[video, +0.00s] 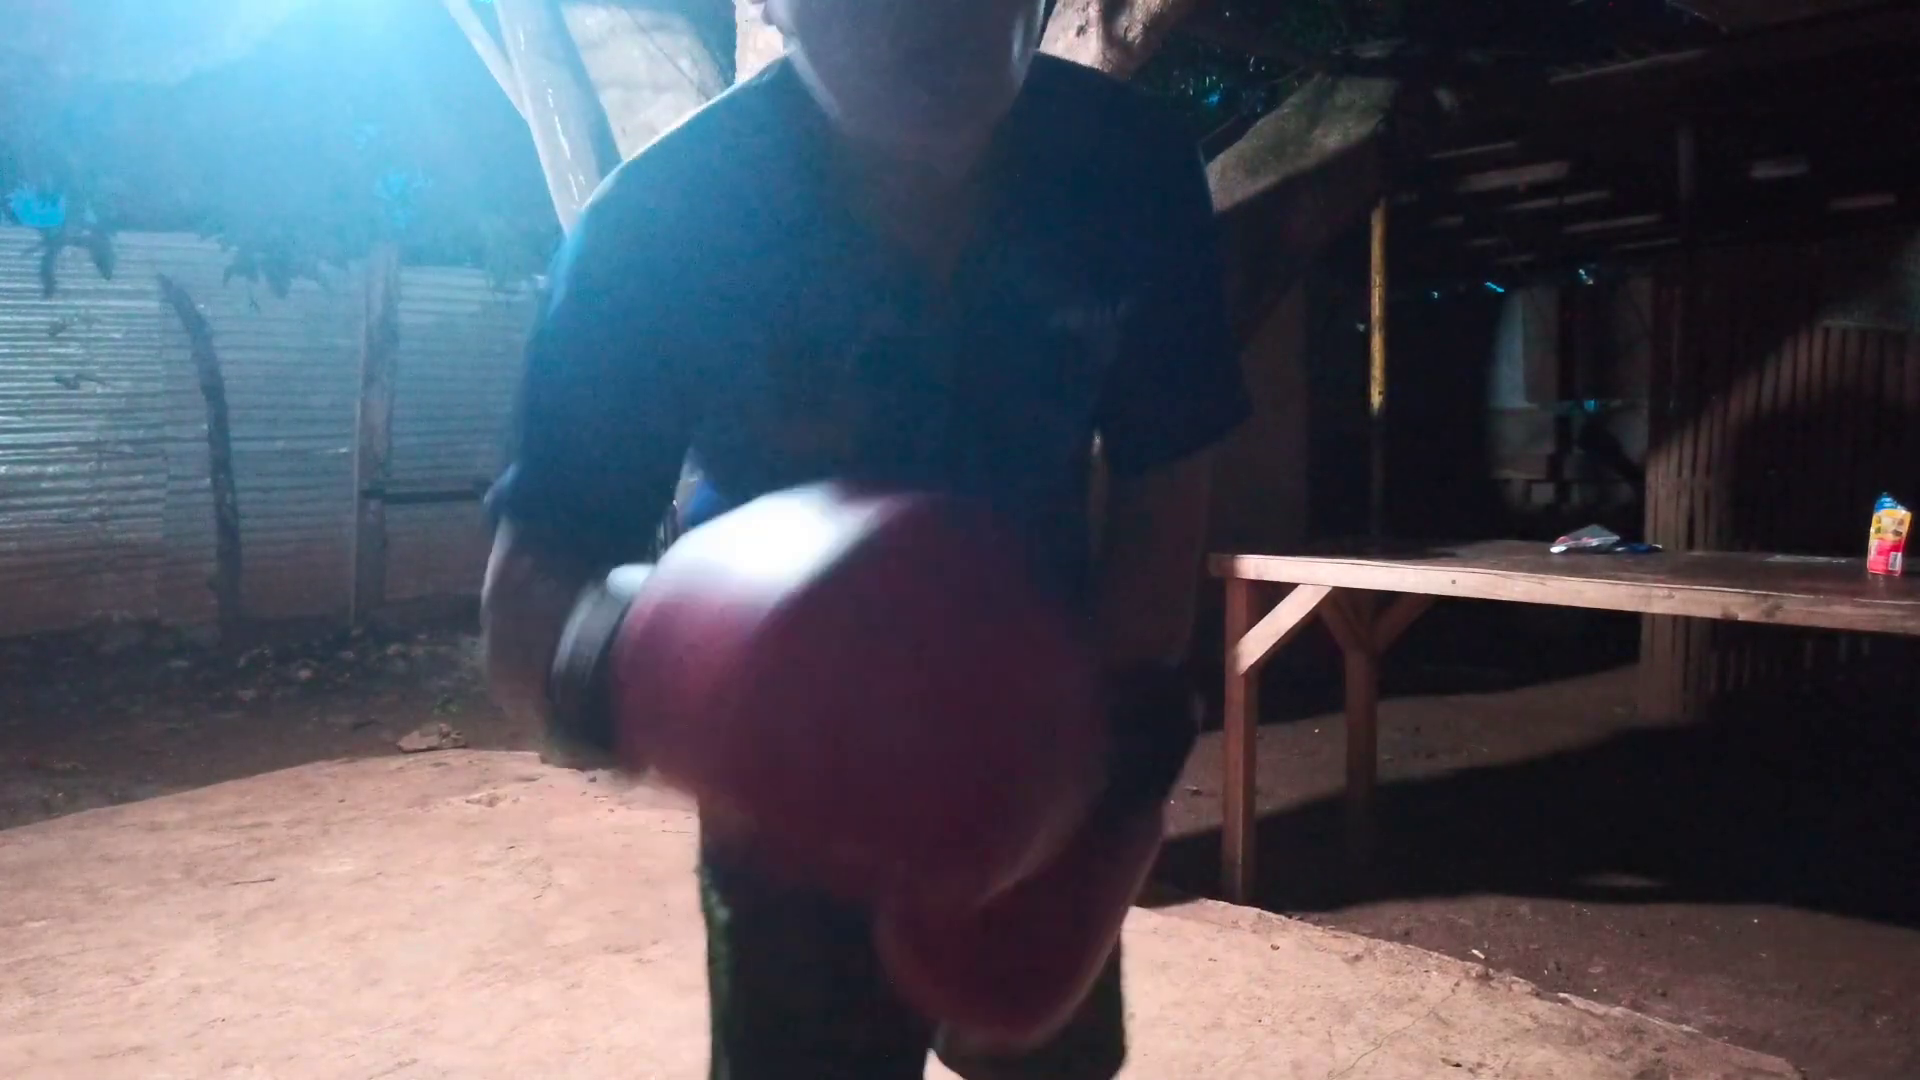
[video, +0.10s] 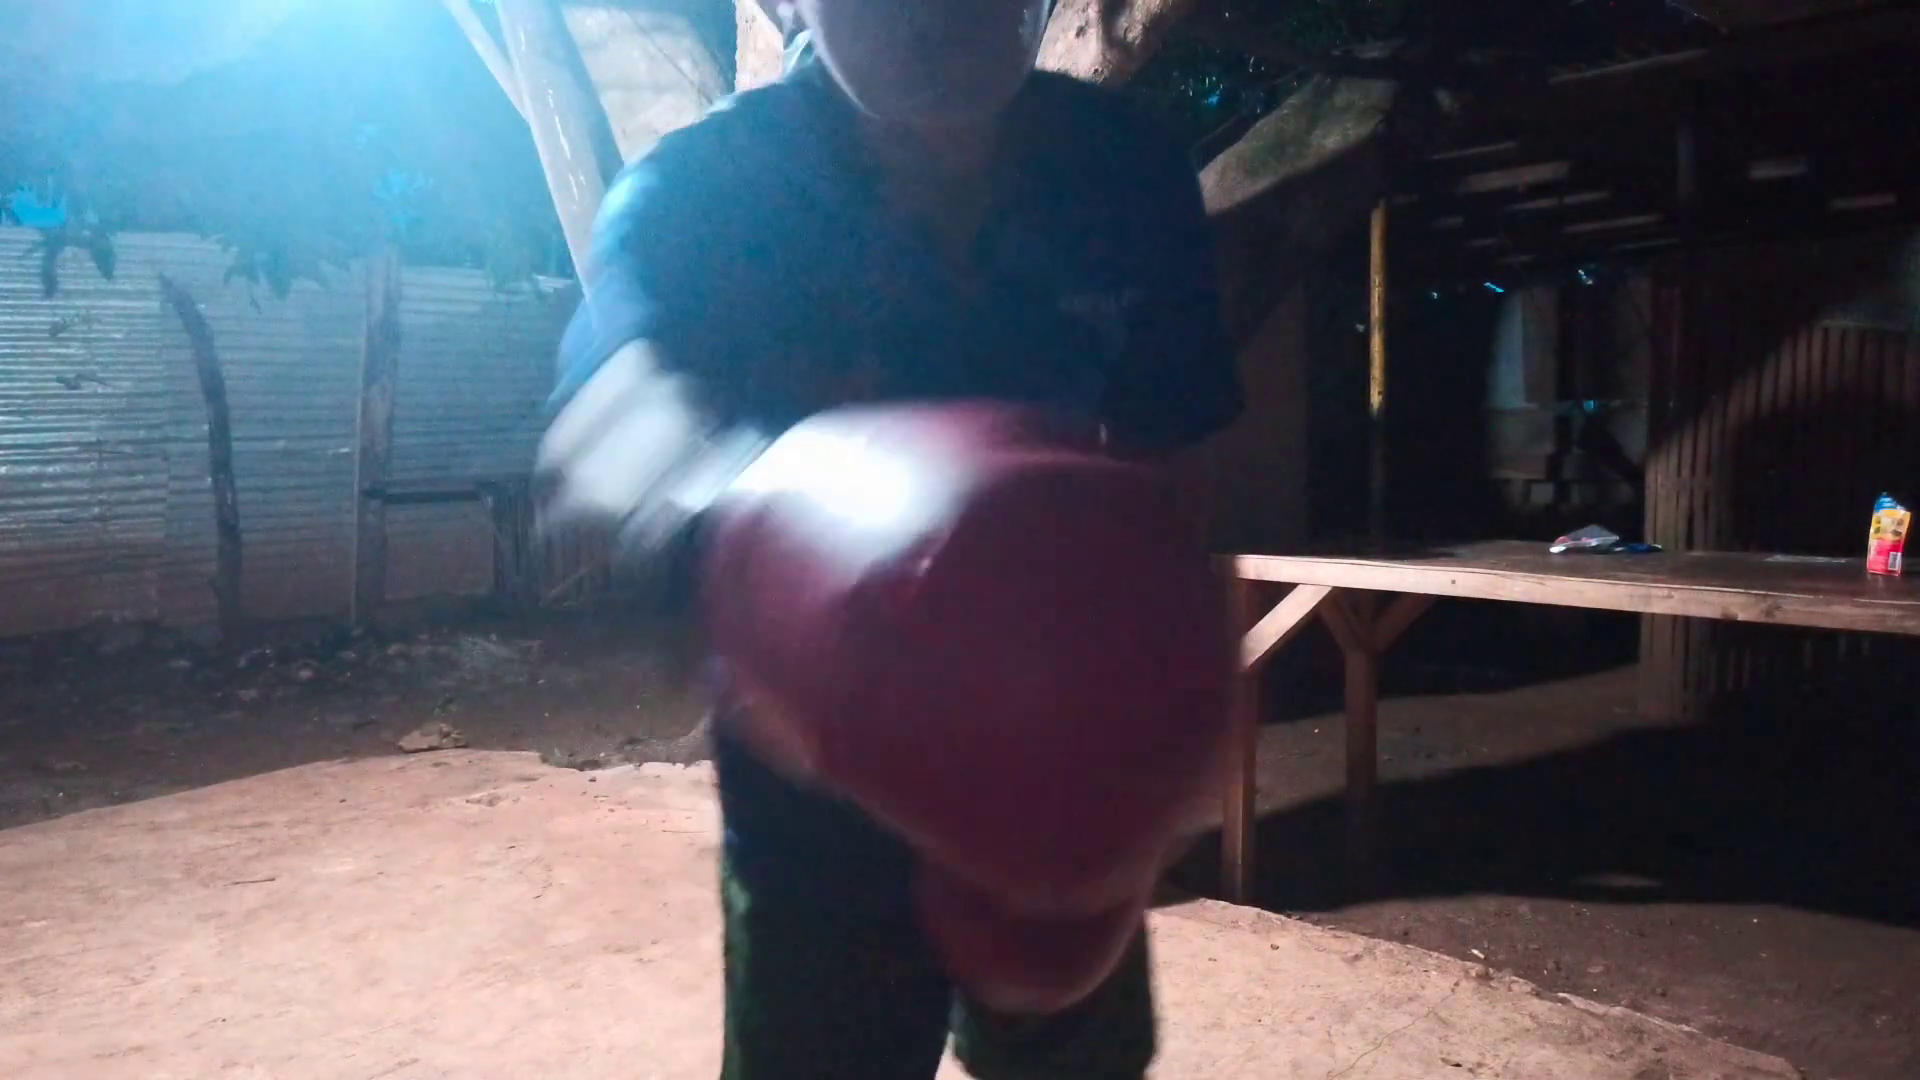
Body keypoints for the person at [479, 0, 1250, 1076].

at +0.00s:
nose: (939, 15)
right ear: (776, 6)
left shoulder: (1130, 162)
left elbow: (1164, 523)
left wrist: (1115, 816)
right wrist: (673, 667)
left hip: (1058, 761)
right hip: (802, 768)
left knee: (1058, 1057)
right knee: (796, 1061)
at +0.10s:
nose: (947, 16)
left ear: (1035, 4)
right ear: (803, 11)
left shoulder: (1123, 161)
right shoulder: (703, 185)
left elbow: (1176, 494)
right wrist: (750, 545)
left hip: (1065, 747)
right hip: (818, 760)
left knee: (1083, 1059)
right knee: (815, 1060)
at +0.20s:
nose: (966, 31)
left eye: (997, 9)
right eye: (916, 9)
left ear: (1048, 17)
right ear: (819, 16)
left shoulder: (1126, 170)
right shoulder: (747, 183)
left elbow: (1193, 489)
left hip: (1097, 708)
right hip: (864, 714)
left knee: (1117, 1055)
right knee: (836, 1058)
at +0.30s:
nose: (1017, 46)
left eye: (1045, 15)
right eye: (959, 14)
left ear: (1094, 35)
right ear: (867, 41)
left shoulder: (1148, 213)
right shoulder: (806, 209)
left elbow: (1202, 518)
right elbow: (813, 317)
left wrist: (1193, 742)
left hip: (1111, 763)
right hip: (893, 768)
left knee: (1140, 1061)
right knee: (872, 1063)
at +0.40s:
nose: (1014, 100)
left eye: (1058, 61)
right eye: (972, 64)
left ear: (1116, 73)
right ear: (911, 81)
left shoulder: (1172, 247)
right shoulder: (849, 223)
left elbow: (1218, 532)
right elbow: (836, 340)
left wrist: (1218, 752)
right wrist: (940, 361)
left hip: (1124, 766)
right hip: (914, 771)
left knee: (1175, 1061)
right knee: (909, 1067)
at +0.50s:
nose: (1042, 102)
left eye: (1082, 62)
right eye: (1002, 63)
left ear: (1139, 77)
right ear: (949, 83)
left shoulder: (1184, 252)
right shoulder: (886, 226)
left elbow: (1224, 522)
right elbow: (786, 443)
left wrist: (1250, 727)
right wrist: (933, 418)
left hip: (1133, 726)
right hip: (933, 731)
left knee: (1160, 1048)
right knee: (927, 1058)